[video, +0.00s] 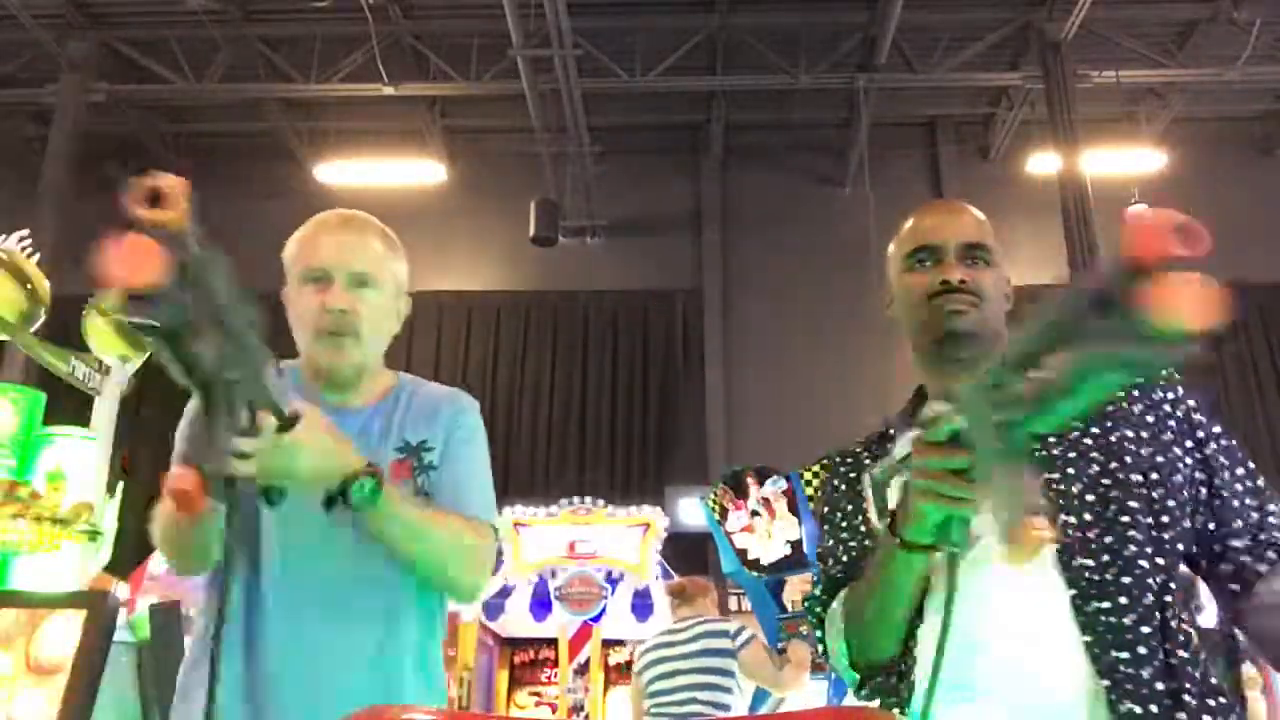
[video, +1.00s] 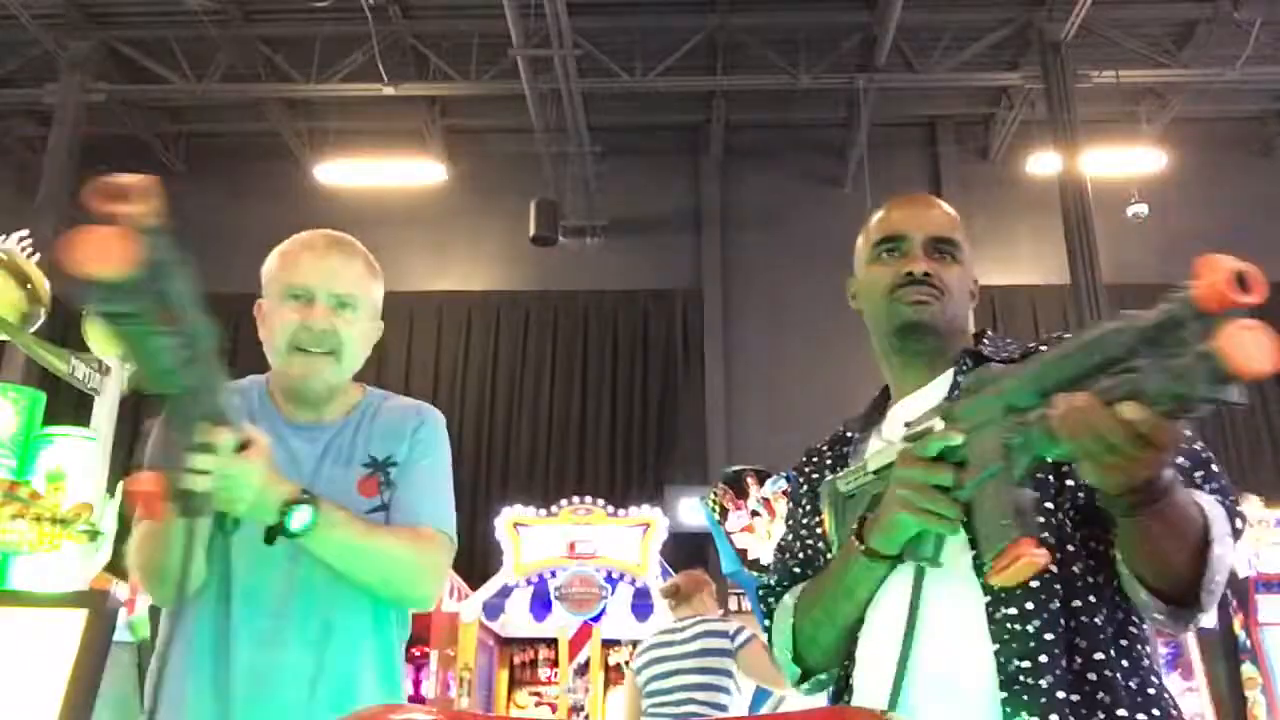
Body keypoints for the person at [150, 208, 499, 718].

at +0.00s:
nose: (337, 303)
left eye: (361, 285)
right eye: (316, 281)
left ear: (400, 310)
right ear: (286, 300)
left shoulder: (446, 417)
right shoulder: (230, 399)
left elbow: (470, 572)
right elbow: (187, 558)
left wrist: (351, 479)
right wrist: (187, 509)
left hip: (389, 704)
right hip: (241, 702)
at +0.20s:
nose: (274, 290)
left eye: (300, 270)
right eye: (250, 266)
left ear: (339, 295)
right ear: (217, 285)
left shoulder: (384, 401)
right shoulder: (148, 387)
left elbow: (408, 560)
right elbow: (121, 566)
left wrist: (274, 478)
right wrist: (151, 484)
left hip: (326, 704)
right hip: (159, 704)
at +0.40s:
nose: (297, 309)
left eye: (321, 290)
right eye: (274, 287)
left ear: (360, 315)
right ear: (242, 307)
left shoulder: (405, 418)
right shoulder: (196, 407)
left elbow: (419, 570)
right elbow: (149, 580)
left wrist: (270, 483)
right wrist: (159, 476)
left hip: (343, 707)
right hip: (199, 705)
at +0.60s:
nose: (303, 318)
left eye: (328, 300)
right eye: (285, 296)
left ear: (367, 327)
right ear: (253, 312)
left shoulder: (415, 426)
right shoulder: (194, 418)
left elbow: (436, 575)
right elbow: (180, 585)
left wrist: (306, 504)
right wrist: (223, 498)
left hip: (364, 709)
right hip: (209, 708)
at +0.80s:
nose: (286, 314)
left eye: (311, 294)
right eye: (264, 291)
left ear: (347, 324)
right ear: (231, 315)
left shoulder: (399, 419)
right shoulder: (175, 416)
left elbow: (420, 569)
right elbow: (160, 596)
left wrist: (275, 508)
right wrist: (161, 523)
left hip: (345, 707)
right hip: (193, 706)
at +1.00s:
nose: (318, 320)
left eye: (343, 305)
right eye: (298, 298)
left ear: (374, 332)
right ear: (260, 317)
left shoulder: (412, 429)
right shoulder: (198, 418)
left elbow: (423, 579)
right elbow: (161, 584)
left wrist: (278, 499)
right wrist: (194, 488)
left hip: (348, 708)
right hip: (197, 706)